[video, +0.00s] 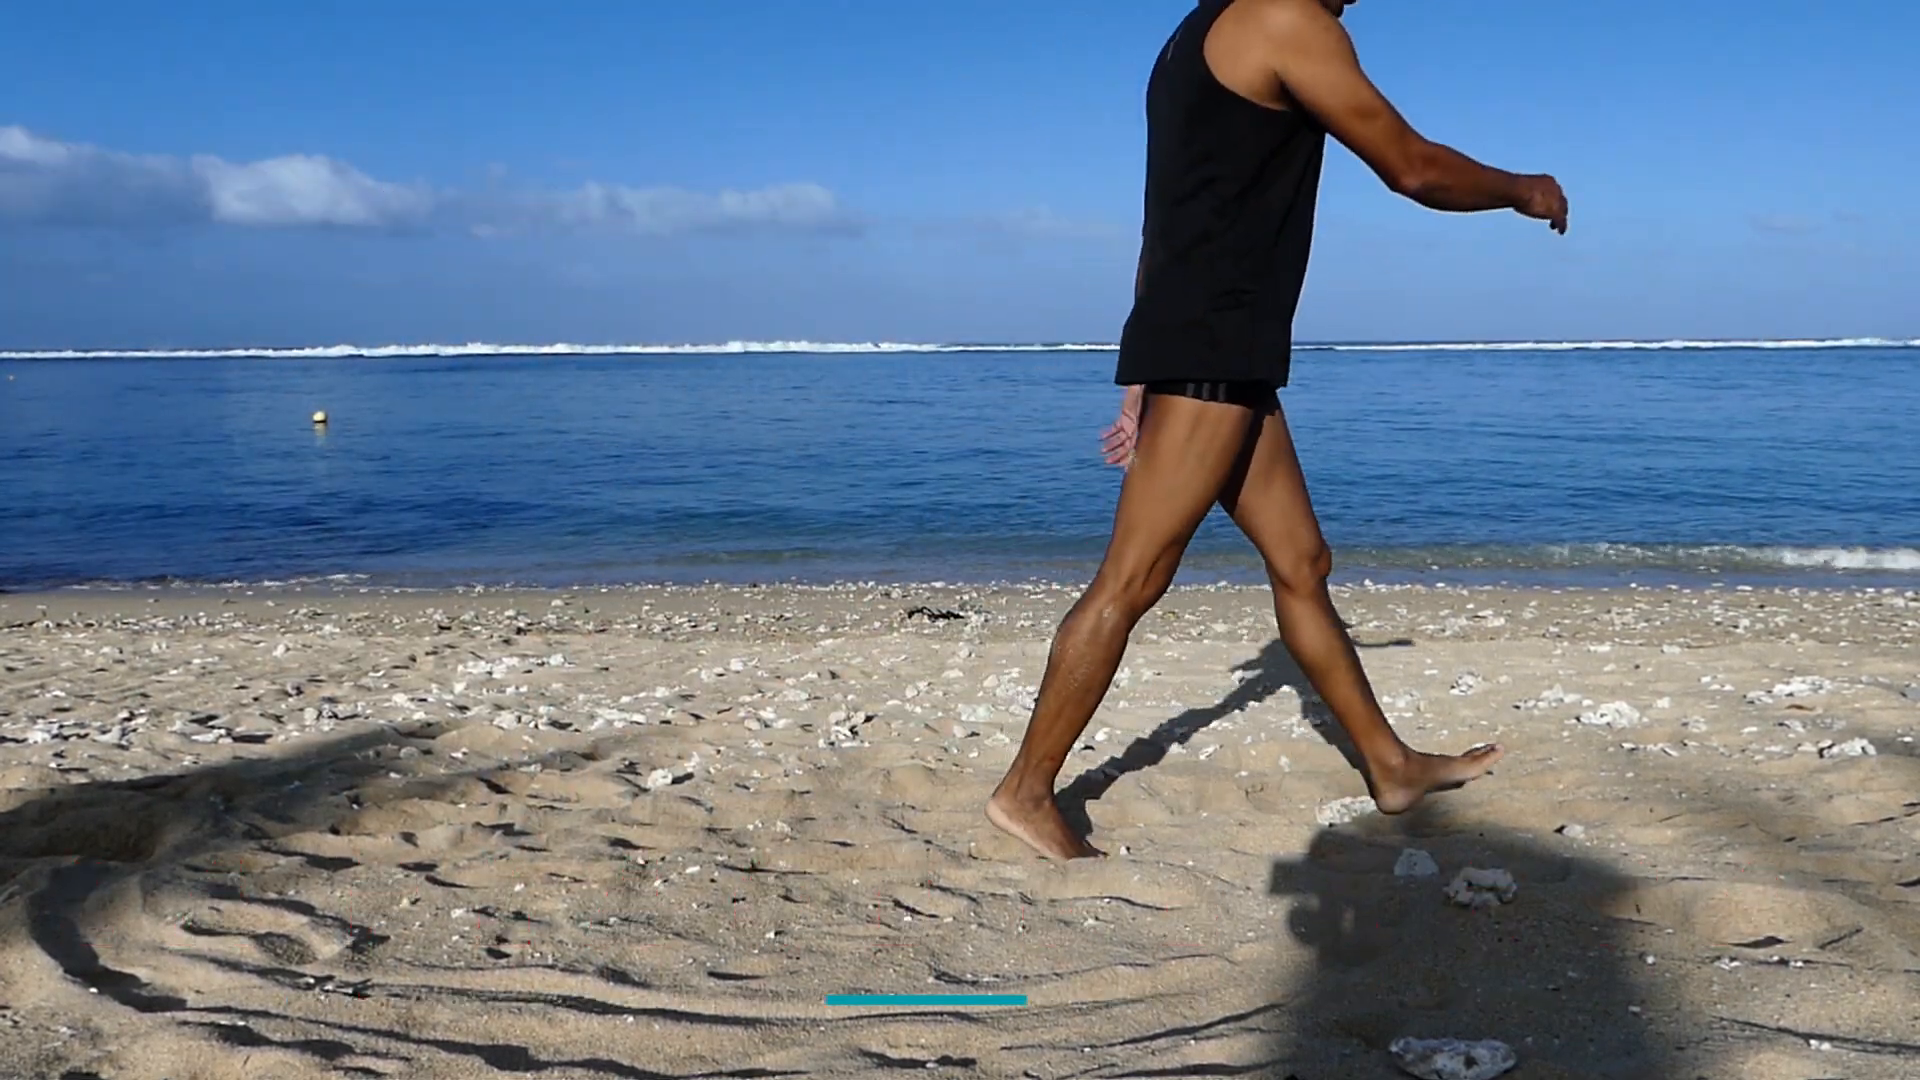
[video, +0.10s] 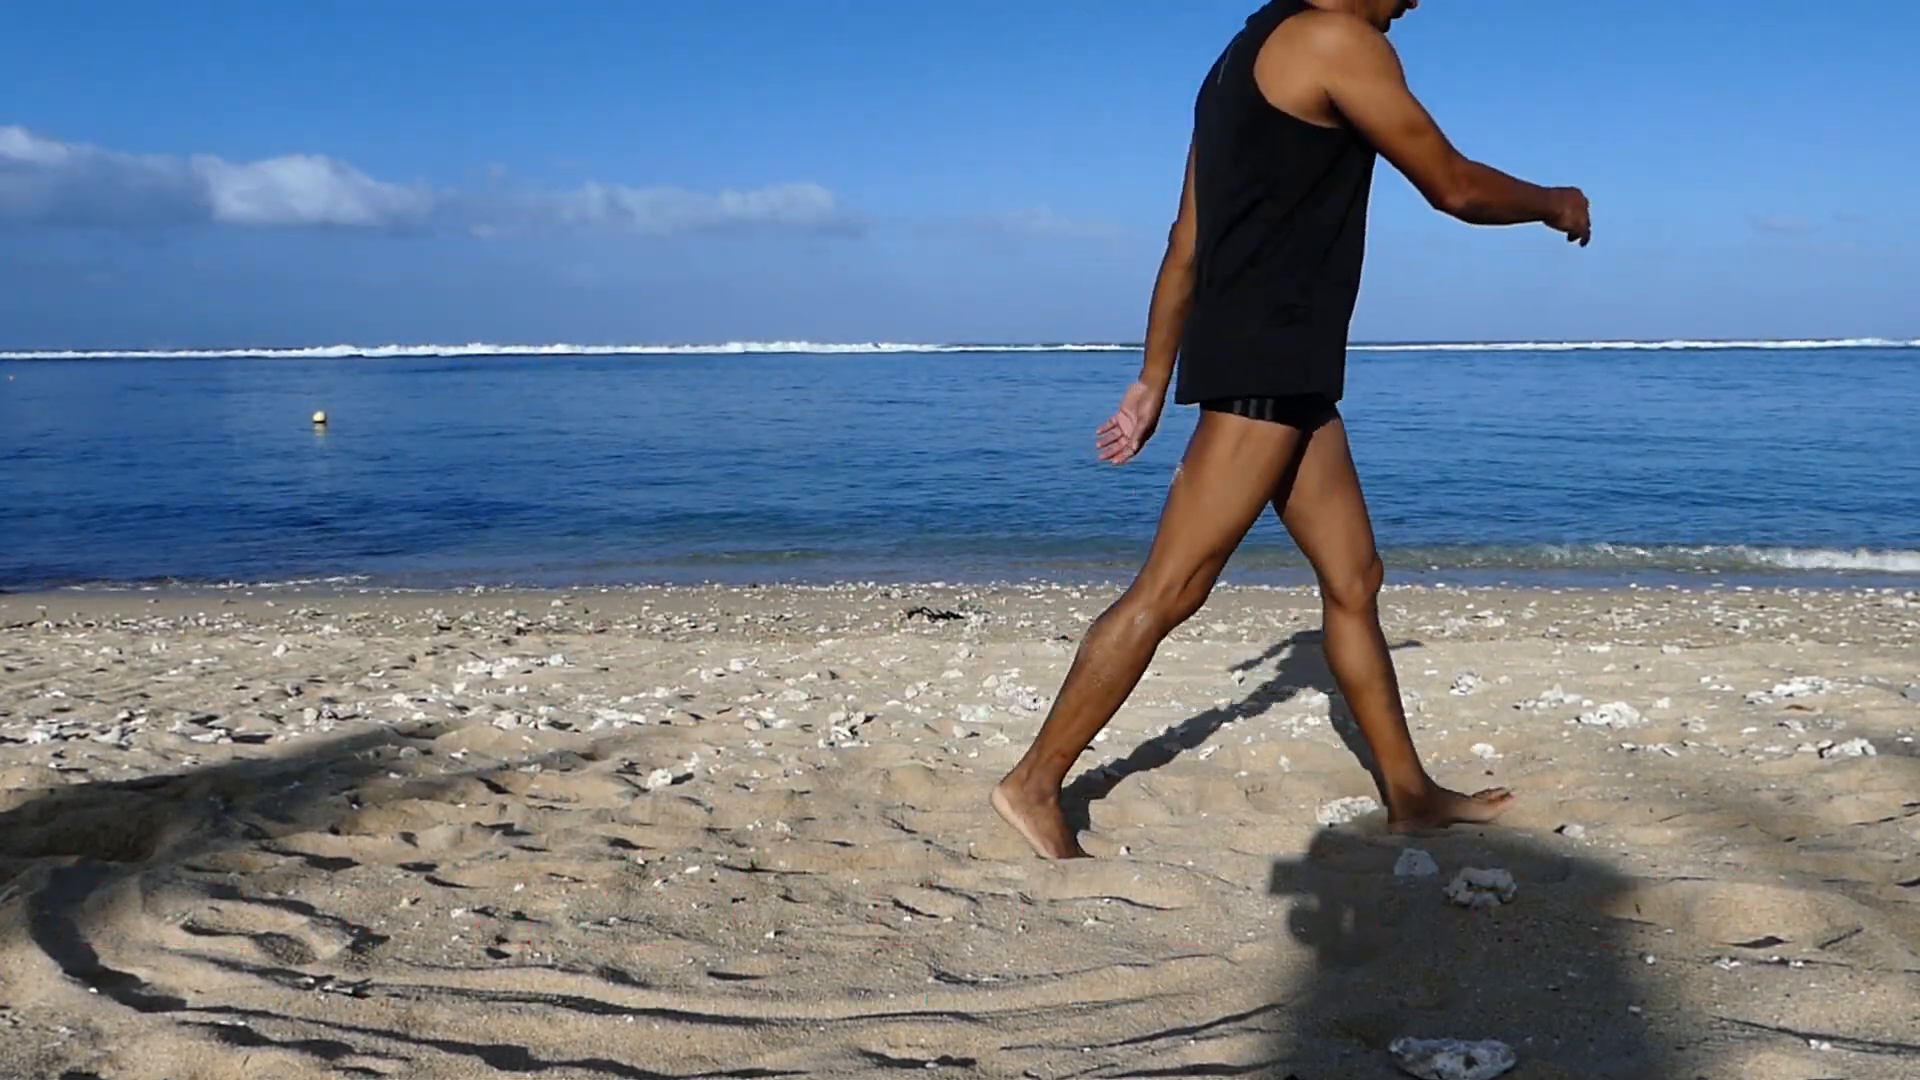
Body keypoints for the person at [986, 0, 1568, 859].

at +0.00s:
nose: (1354, 2)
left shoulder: (1199, 38)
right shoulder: (1292, 25)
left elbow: (1170, 221)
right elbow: (1414, 167)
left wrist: (1145, 369)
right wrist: (1522, 188)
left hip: (1207, 352)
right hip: (1215, 352)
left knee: (1300, 568)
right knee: (1126, 584)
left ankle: (1391, 767)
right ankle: (1025, 789)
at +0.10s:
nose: (1404, 10)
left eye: (1404, 2)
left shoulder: (1246, 54)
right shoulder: (1343, 41)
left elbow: (1188, 244)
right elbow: (1452, 186)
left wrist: (1153, 374)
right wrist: (1552, 203)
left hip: (1267, 363)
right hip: (1271, 364)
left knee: (1352, 580)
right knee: (1165, 591)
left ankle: (1410, 795)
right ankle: (1033, 782)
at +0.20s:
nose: (1442, 9)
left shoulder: (1276, 72)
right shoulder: (1375, 57)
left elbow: (1208, 253)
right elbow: (1481, 208)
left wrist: (1163, 381)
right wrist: (1574, 227)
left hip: (1305, 376)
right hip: (1314, 378)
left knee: (1382, 588)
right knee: (1194, 596)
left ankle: (1426, 809)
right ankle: (1045, 777)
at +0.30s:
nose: (1489, 10)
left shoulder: (1323, 86)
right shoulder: (1431, 71)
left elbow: (1253, 260)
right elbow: (1514, 246)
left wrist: (1195, 385)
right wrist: (1600, 285)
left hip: (1334, 375)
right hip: (1371, 382)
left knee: (1432, 579)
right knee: (1269, 608)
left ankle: (1427, 802)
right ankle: (1089, 769)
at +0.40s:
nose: (1518, 14)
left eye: (1519, 5)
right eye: (1517, 2)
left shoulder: (1348, 89)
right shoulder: (1465, 72)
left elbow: (1289, 261)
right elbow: (1522, 253)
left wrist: (1233, 387)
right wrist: (1611, 335)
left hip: (1360, 373)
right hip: (1402, 381)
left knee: (1449, 582)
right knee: (1334, 617)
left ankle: (1428, 805)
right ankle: (1137, 759)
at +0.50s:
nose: (1555, 21)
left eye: (1559, 10)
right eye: (1557, 8)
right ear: (1532, 0)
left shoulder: (1386, 86)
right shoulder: (1505, 74)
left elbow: (1345, 257)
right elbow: (1541, 263)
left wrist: (1308, 388)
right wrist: (1612, 399)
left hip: (1393, 372)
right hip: (1446, 377)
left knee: (1466, 585)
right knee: (1435, 622)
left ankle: (1428, 804)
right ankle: (1221, 734)